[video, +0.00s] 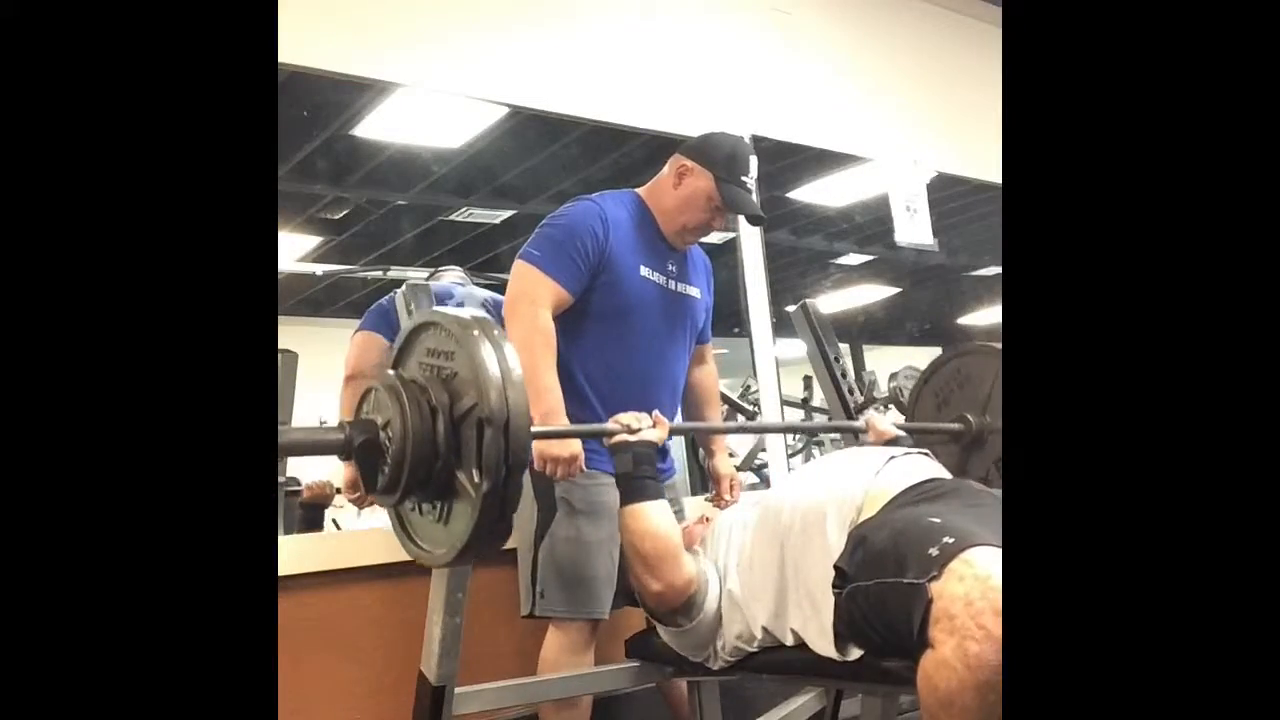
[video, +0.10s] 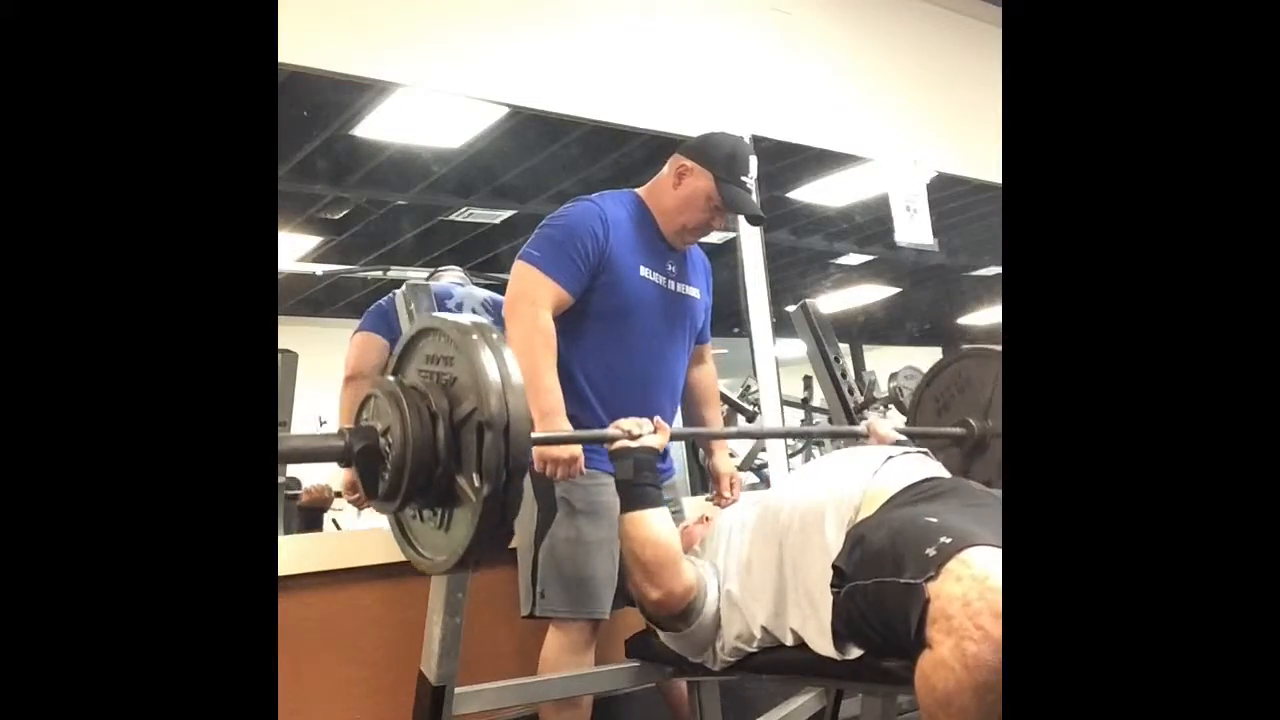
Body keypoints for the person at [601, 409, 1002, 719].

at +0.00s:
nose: (688, 517)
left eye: (686, 511)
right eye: (673, 529)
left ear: (704, 502)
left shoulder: (753, 502)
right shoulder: (706, 605)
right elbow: (664, 580)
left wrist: (881, 444)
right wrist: (634, 458)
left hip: (954, 490)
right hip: (879, 529)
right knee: (985, 596)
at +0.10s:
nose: (685, 520)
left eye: (686, 513)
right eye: (672, 531)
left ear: (705, 504)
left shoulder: (756, 504)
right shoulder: (706, 606)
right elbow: (662, 586)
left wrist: (881, 447)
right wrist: (635, 463)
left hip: (957, 490)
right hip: (880, 524)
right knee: (984, 597)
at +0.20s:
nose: (684, 516)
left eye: (683, 511)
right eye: (671, 528)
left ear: (701, 502)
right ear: (679, 566)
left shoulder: (754, 499)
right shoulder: (711, 607)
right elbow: (666, 593)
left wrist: (883, 447)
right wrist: (640, 473)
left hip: (953, 490)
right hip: (877, 528)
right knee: (986, 602)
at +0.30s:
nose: (689, 510)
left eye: (686, 508)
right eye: (677, 522)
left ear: (705, 502)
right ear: (682, 554)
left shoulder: (767, 500)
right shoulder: (710, 603)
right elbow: (665, 597)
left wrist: (886, 447)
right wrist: (642, 482)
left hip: (950, 490)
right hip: (876, 531)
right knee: (986, 601)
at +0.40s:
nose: (693, 509)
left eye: (692, 506)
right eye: (679, 520)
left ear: (712, 502)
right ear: (680, 551)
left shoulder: (765, 502)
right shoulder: (707, 595)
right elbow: (667, 609)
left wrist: (878, 446)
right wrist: (645, 488)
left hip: (952, 489)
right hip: (877, 528)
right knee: (987, 600)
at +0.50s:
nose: (693, 507)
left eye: (690, 502)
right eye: (680, 517)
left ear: (706, 500)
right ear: (674, 548)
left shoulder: (760, 508)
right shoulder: (707, 593)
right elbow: (671, 616)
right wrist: (650, 493)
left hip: (951, 488)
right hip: (877, 528)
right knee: (985, 601)